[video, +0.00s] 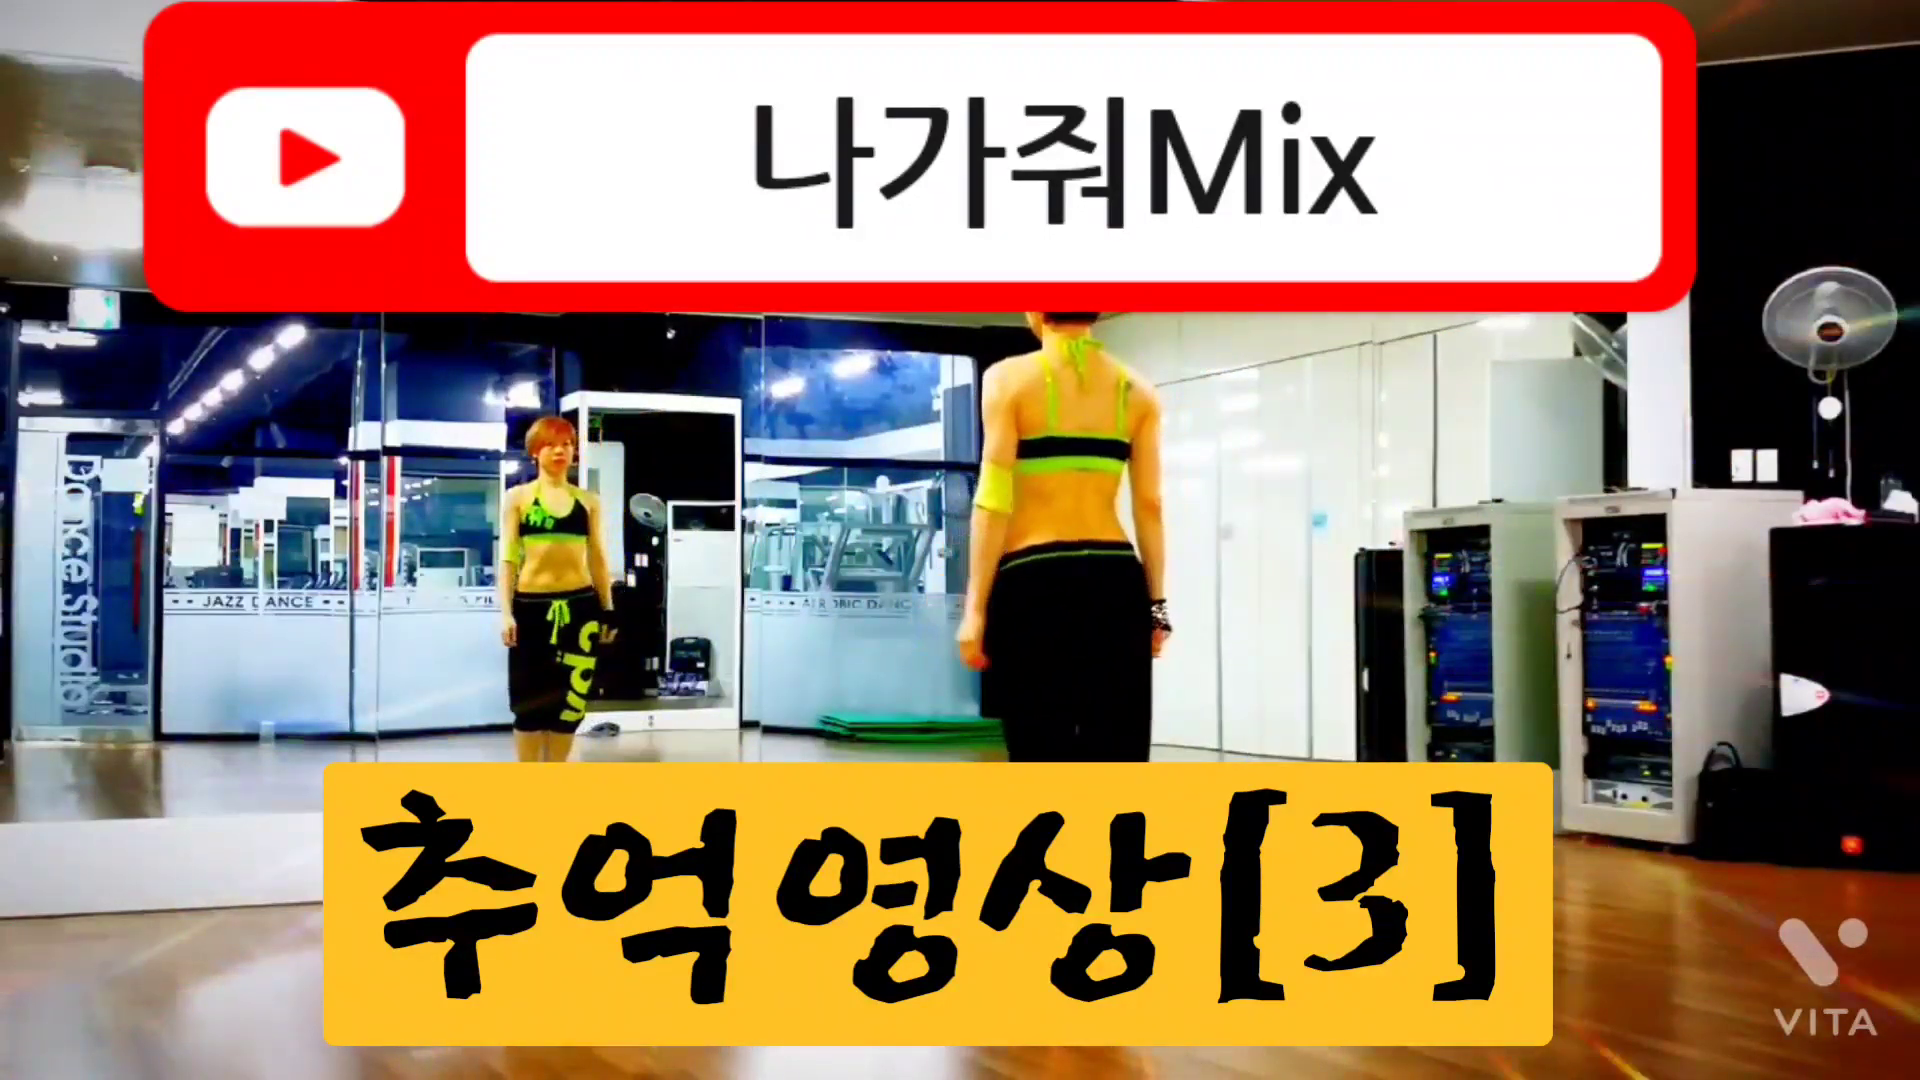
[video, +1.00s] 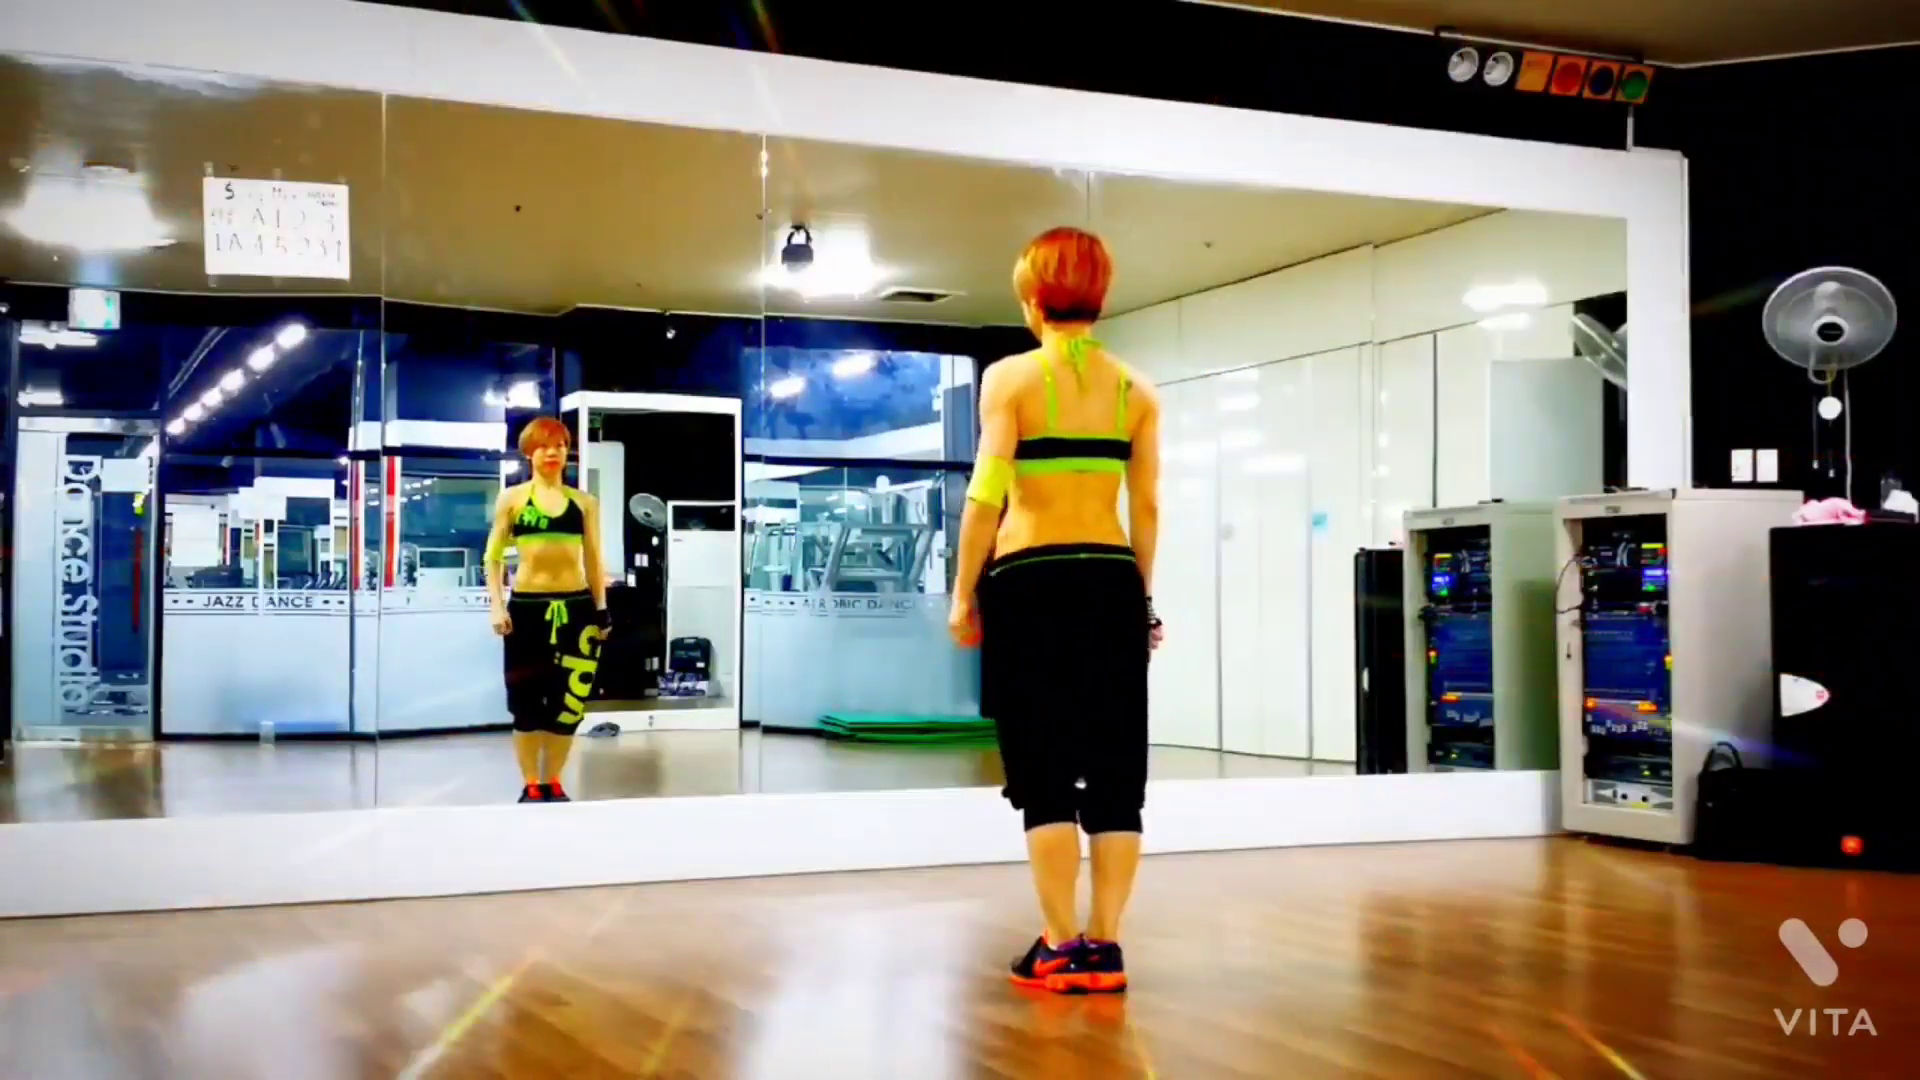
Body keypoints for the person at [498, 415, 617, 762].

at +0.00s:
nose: (560, 452)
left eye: (566, 445)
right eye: (551, 446)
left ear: (573, 452)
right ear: (536, 453)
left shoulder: (588, 501)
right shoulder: (517, 498)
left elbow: (598, 559)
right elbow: (509, 559)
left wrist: (608, 610)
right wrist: (507, 612)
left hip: (579, 607)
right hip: (531, 608)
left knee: (569, 705)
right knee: (529, 706)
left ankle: (554, 778)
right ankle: (528, 779)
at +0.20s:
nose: (555, 453)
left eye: (562, 446)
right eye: (547, 446)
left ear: (570, 452)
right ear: (533, 453)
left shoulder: (586, 501)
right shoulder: (515, 498)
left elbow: (596, 558)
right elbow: (508, 559)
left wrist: (607, 607)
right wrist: (505, 612)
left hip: (577, 605)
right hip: (529, 606)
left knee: (569, 698)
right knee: (528, 700)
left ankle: (553, 781)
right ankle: (530, 783)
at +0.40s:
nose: (553, 453)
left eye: (560, 446)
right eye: (545, 446)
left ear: (567, 452)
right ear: (531, 453)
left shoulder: (586, 501)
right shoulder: (512, 499)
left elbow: (596, 558)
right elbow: (500, 559)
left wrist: (604, 603)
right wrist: (497, 610)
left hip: (575, 606)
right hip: (526, 608)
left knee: (569, 699)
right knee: (527, 701)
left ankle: (553, 780)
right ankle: (531, 783)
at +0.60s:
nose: (552, 454)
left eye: (558, 447)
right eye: (544, 447)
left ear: (566, 451)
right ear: (529, 453)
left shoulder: (585, 501)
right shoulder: (511, 498)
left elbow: (595, 559)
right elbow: (498, 558)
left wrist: (601, 607)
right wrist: (494, 609)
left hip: (575, 606)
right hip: (525, 608)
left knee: (568, 701)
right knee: (527, 702)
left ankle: (553, 780)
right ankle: (531, 783)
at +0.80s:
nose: (552, 454)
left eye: (559, 447)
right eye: (544, 447)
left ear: (566, 452)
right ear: (530, 453)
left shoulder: (585, 502)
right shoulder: (511, 498)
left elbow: (595, 560)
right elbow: (500, 559)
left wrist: (602, 609)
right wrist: (496, 610)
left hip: (575, 606)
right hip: (525, 608)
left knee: (569, 701)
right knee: (527, 702)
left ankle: (553, 780)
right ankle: (531, 783)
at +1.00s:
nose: (552, 454)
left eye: (558, 446)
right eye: (543, 447)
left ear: (566, 452)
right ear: (530, 453)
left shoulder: (585, 502)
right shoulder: (512, 498)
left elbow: (594, 560)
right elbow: (493, 557)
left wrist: (600, 608)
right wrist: (498, 606)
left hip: (576, 607)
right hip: (527, 607)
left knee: (570, 700)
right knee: (528, 701)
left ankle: (552, 780)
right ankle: (531, 784)